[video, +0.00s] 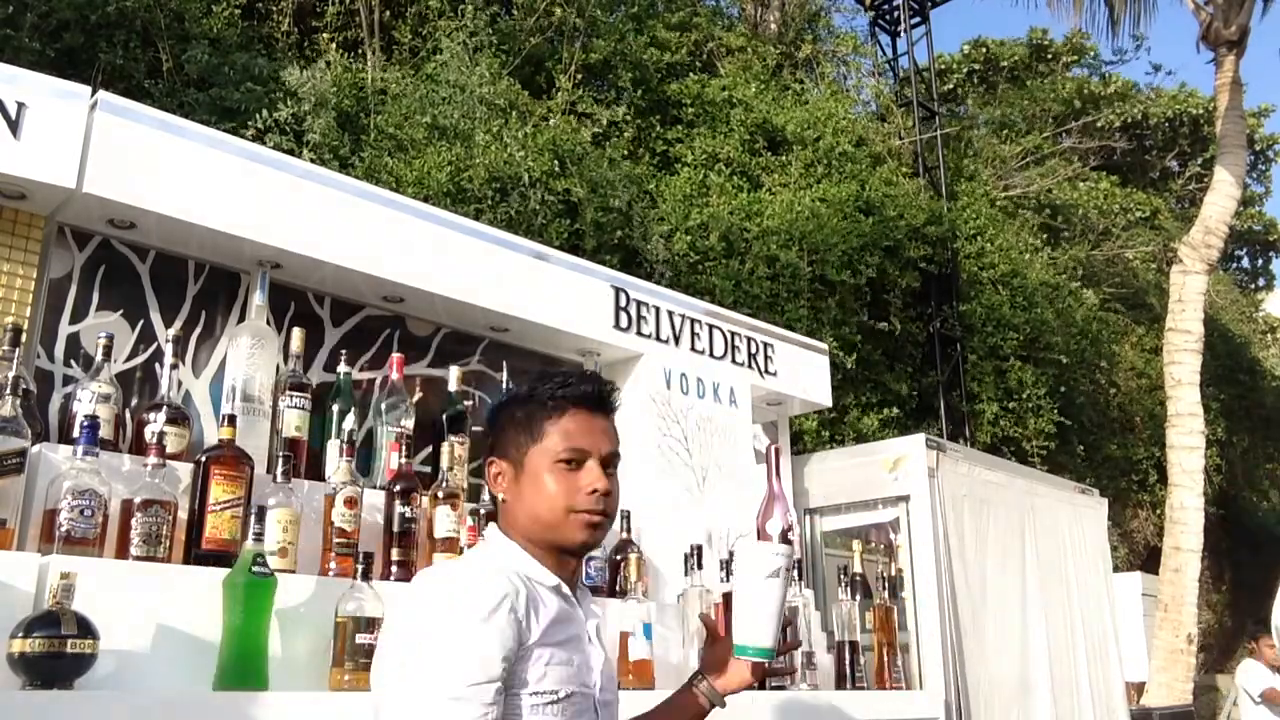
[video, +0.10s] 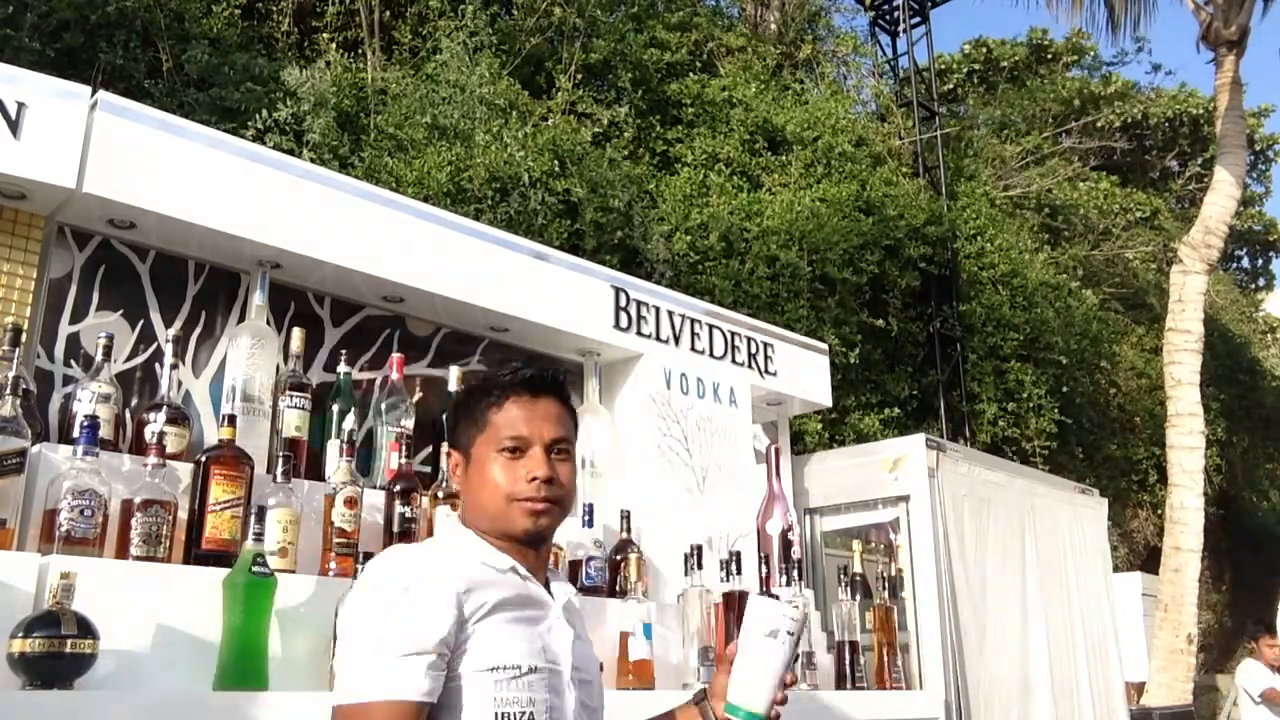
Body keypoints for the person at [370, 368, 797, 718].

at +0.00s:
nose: (600, 484)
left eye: (609, 466)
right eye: (571, 463)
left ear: (618, 476)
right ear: (501, 479)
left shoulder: (578, 607)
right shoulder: (474, 600)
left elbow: (602, 713)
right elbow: (448, 706)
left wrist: (708, 684)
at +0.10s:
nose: (543, 473)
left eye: (559, 453)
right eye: (514, 452)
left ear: (576, 468)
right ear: (457, 468)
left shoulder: (566, 610)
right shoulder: (410, 582)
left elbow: (584, 713)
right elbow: (375, 708)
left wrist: (708, 704)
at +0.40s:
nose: (508, 449)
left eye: (519, 432)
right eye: (481, 431)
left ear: (534, 447)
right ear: (420, 462)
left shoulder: (528, 585)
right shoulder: (384, 553)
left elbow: (555, 707)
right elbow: (418, 705)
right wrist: (498, 528)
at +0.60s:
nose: (545, 468)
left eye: (539, 449)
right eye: (527, 446)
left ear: (453, 451)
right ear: (455, 448)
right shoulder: (452, 543)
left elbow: (534, 706)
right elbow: (610, 652)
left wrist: (654, 700)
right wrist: (724, 493)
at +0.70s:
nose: (545, 474)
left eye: (540, 453)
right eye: (529, 449)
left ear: (462, 452)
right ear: (465, 448)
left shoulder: (433, 543)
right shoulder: (474, 539)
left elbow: (586, 694)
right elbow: (632, 669)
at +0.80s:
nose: (548, 473)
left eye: (543, 453)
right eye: (534, 451)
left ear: (467, 453)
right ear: (473, 451)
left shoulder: (423, 548)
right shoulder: (498, 547)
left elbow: (474, 680)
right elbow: (624, 699)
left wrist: (596, 636)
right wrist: (754, 635)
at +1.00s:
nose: (558, 475)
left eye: (547, 453)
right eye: (539, 451)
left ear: (475, 466)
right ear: (479, 464)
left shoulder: (380, 598)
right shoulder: (547, 551)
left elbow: (350, 693)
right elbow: (682, 699)